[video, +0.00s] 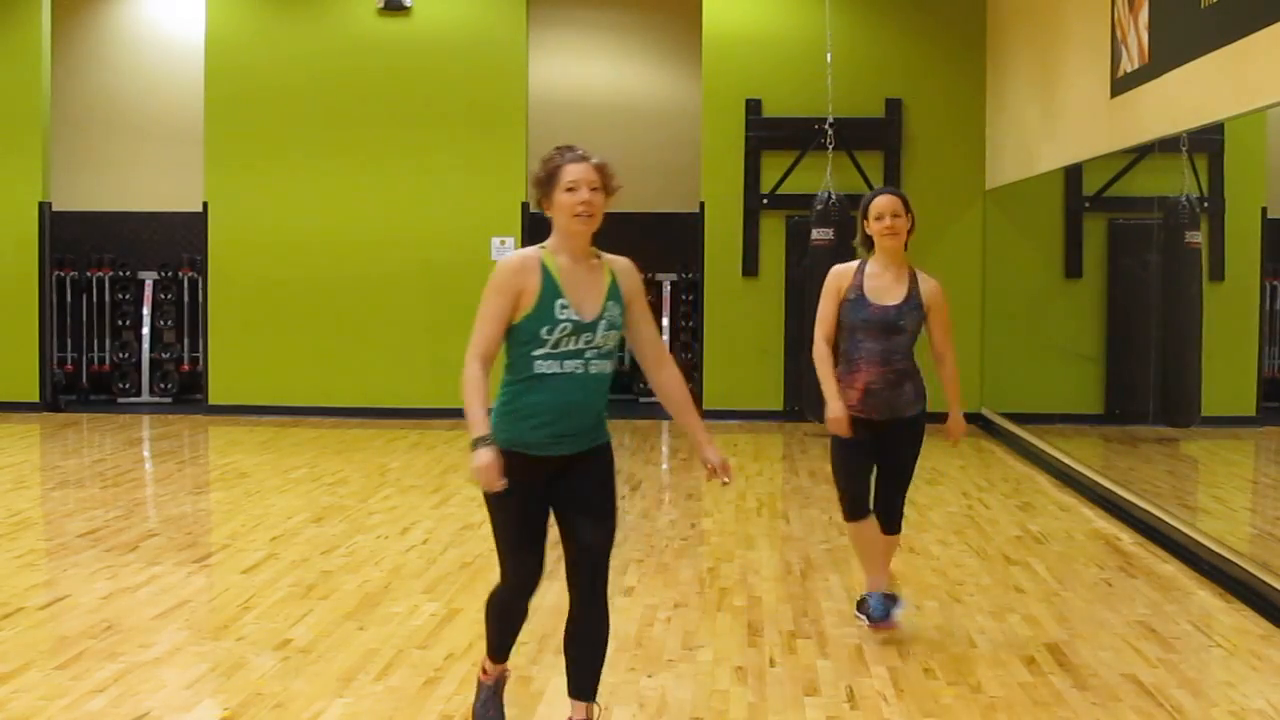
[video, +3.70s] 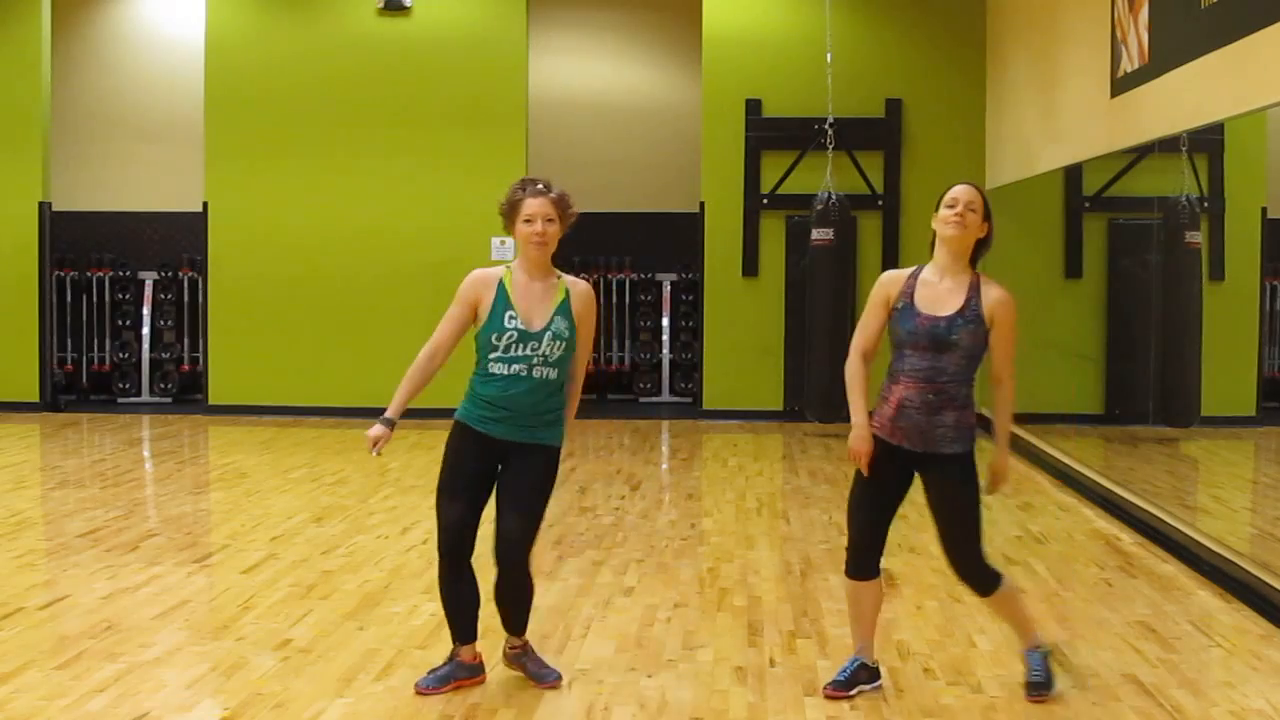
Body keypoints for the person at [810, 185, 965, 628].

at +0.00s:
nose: (889, 223)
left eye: (896, 216)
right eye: (879, 217)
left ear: (909, 223)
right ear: (867, 226)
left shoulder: (927, 288)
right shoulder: (842, 277)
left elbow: (943, 352)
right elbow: (821, 342)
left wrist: (955, 409)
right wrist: (833, 400)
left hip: (903, 414)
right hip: (850, 412)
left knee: (890, 507)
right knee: (853, 504)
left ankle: (876, 591)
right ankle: (879, 589)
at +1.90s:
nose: (926, 218)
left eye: (935, 210)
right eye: (917, 209)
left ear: (947, 217)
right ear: (899, 214)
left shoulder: (966, 278)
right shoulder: (873, 277)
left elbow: (981, 351)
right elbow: (854, 350)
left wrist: (987, 415)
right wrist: (852, 415)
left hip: (946, 420)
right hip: (887, 422)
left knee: (965, 528)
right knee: (900, 532)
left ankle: (954, 608)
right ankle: (913, 635)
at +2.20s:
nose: (938, 213)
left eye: (947, 206)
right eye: (929, 205)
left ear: (960, 215)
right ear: (911, 211)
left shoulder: (977, 280)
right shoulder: (881, 276)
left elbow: (984, 357)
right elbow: (867, 347)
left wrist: (994, 425)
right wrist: (878, 406)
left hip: (966, 422)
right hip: (905, 425)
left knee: (991, 536)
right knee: (909, 536)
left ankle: (1018, 649)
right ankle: (916, 637)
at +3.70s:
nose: (956, 212)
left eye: (969, 209)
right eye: (949, 205)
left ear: (983, 232)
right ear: (933, 221)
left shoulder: (993, 299)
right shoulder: (894, 283)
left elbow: (1003, 380)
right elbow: (857, 356)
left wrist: (1002, 449)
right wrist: (859, 424)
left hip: (949, 445)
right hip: (888, 436)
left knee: (969, 566)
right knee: (861, 547)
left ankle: (1033, 644)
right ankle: (863, 659)